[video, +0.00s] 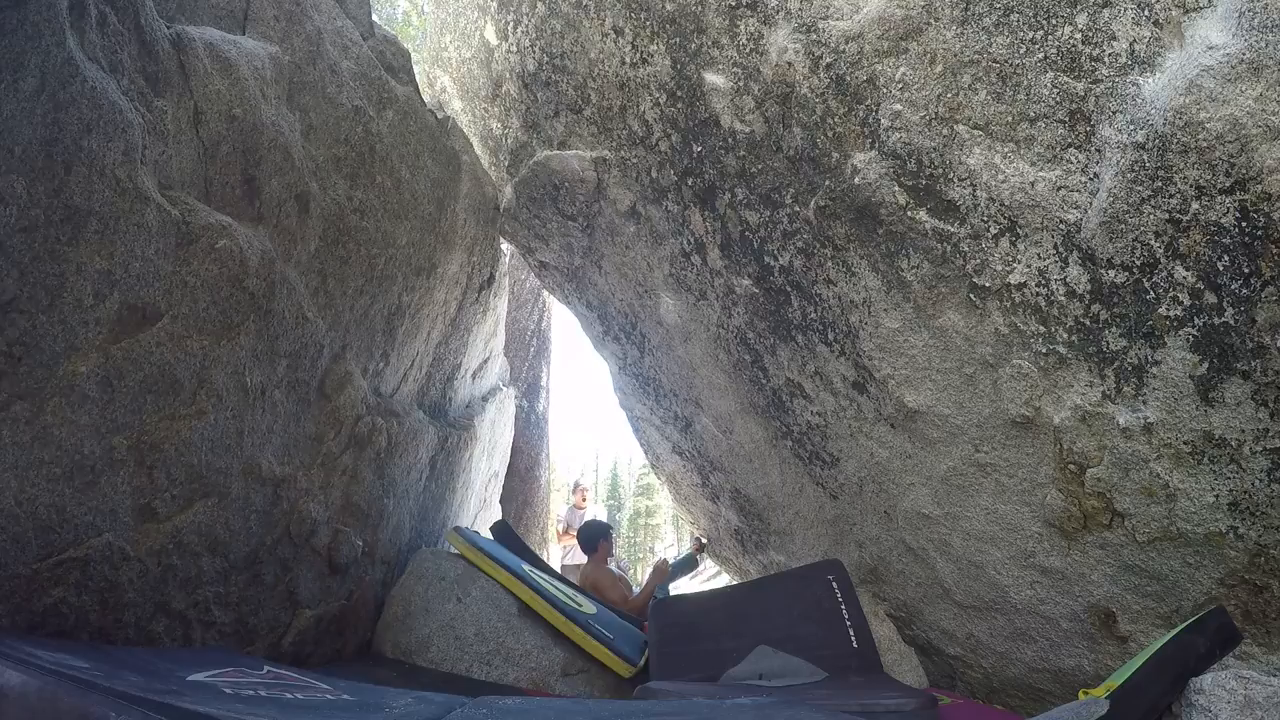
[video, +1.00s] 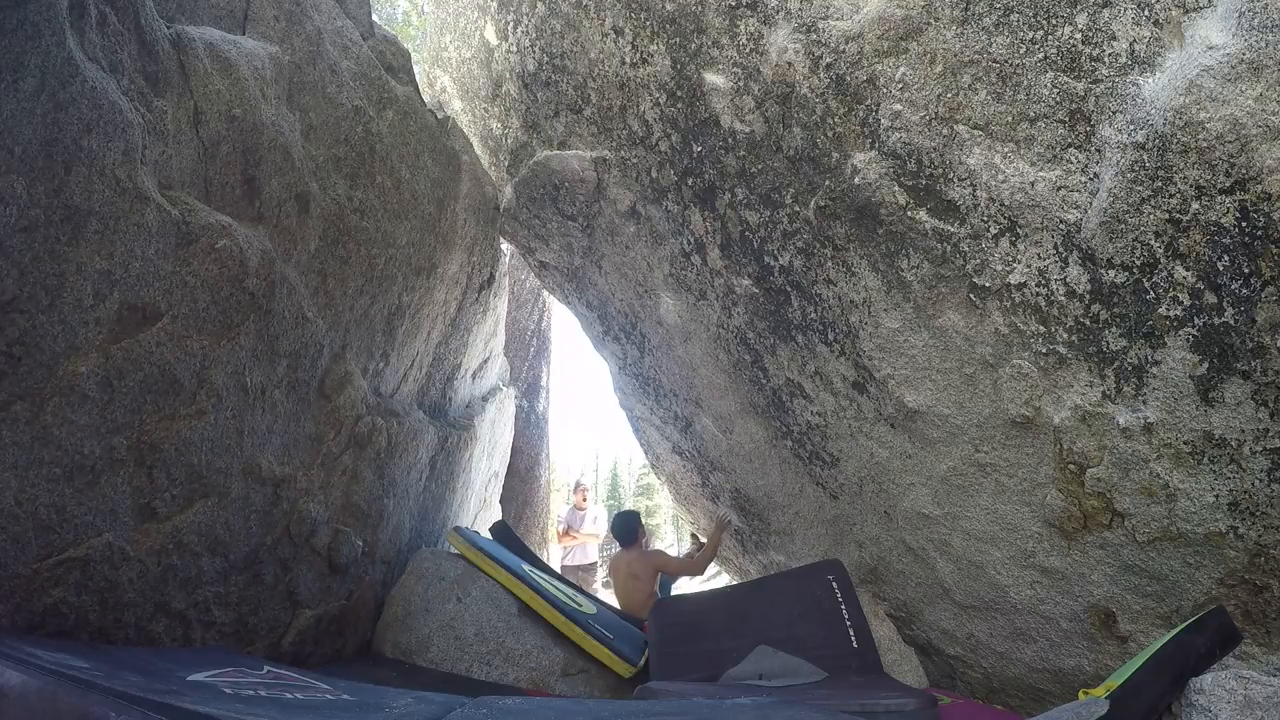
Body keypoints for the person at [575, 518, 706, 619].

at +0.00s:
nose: (613, 542)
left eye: (611, 537)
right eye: (610, 538)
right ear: (601, 543)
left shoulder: (590, 570)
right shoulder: (600, 574)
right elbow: (631, 610)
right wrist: (654, 580)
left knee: (660, 574)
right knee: (664, 574)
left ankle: (694, 554)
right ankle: (695, 554)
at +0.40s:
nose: (616, 540)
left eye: (613, 535)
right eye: (611, 536)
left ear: (598, 544)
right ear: (598, 543)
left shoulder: (590, 570)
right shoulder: (604, 572)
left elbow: (632, 602)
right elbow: (636, 607)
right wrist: (662, 577)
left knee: (656, 571)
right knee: (657, 572)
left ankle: (694, 554)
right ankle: (695, 554)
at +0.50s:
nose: (620, 540)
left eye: (617, 535)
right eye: (615, 536)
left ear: (600, 544)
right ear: (601, 543)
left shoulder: (588, 570)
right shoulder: (608, 571)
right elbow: (650, 594)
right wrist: (676, 560)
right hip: (649, 623)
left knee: (655, 571)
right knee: (659, 571)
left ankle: (689, 559)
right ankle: (692, 557)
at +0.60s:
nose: (624, 537)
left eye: (621, 533)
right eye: (619, 534)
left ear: (605, 544)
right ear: (606, 542)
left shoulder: (593, 569)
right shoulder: (619, 569)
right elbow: (663, 581)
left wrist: (691, 551)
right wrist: (691, 546)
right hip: (652, 625)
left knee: (654, 573)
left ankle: (694, 557)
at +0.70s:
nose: (629, 535)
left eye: (626, 530)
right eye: (625, 531)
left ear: (611, 541)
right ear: (612, 540)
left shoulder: (597, 568)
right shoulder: (628, 565)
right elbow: (675, 569)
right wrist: (705, 537)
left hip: (628, 627)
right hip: (652, 626)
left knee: (655, 579)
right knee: (658, 581)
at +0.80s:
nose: (634, 531)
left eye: (631, 528)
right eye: (631, 529)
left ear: (608, 542)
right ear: (623, 537)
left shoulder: (603, 567)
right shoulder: (637, 562)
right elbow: (685, 565)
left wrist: (688, 556)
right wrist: (712, 533)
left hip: (626, 626)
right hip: (651, 627)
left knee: (658, 576)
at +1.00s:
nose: (645, 530)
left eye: (642, 527)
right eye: (643, 527)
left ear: (617, 537)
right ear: (640, 533)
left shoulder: (615, 561)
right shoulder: (651, 558)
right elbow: (697, 568)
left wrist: (689, 556)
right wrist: (717, 532)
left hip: (630, 622)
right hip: (653, 624)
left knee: (664, 577)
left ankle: (692, 552)